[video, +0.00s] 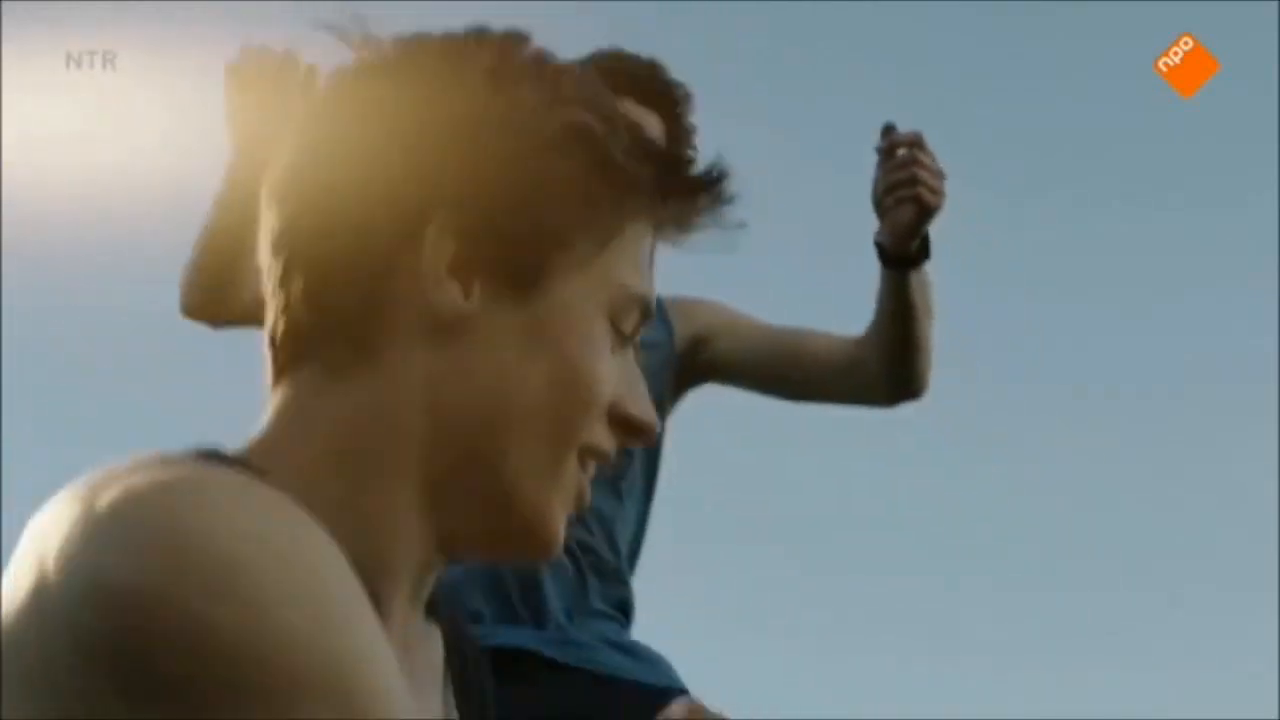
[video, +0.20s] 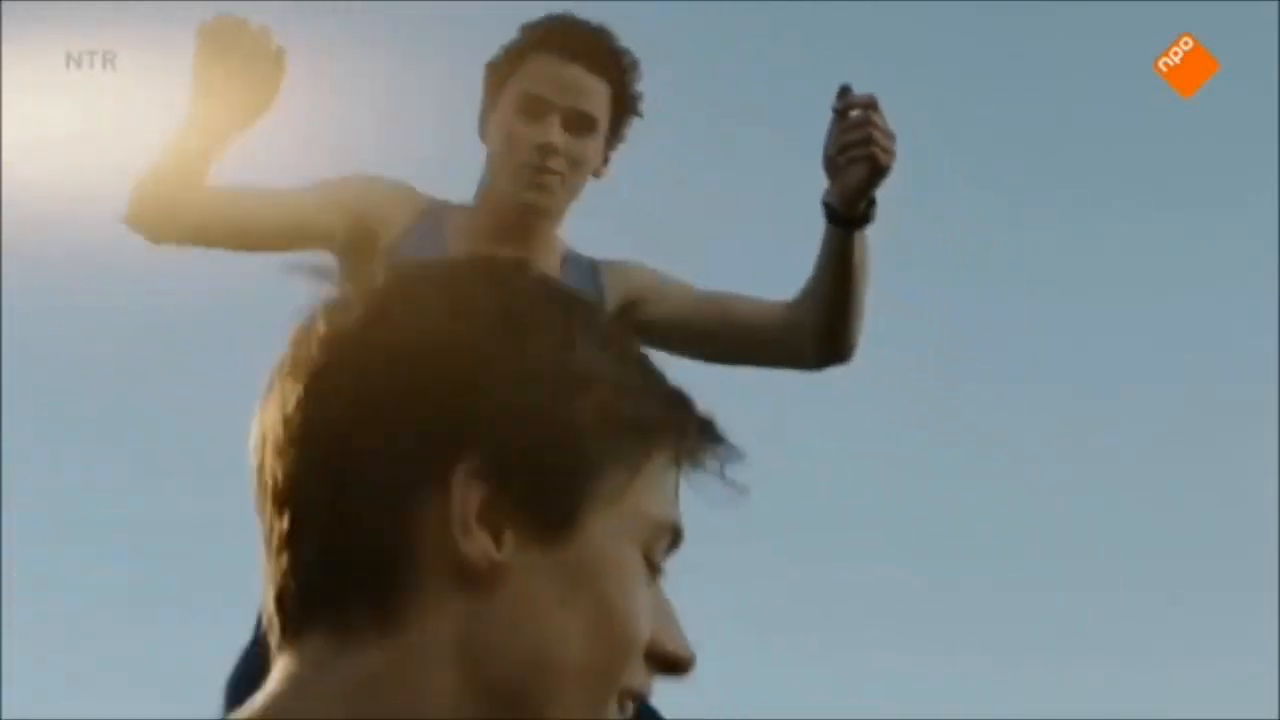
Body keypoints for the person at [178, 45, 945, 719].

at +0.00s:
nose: (622, 192)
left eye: (640, 169)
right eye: (597, 156)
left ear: (663, 190)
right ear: (532, 154)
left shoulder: (671, 325)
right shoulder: (461, 266)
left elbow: (889, 376)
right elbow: (214, 300)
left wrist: (902, 262)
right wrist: (261, 148)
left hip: (586, 646)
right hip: (421, 623)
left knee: (689, 709)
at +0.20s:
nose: (555, 140)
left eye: (581, 127)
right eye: (535, 111)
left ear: (605, 162)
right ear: (487, 115)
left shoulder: (613, 295)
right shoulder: (381, 220)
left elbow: (819, 336)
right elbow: (160, 214)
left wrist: (847, 218)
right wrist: (212, 118)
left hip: (514, 638)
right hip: (338, 597)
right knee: (259, 707)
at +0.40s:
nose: (506, 141)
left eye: (532, 130)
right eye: (488, 110)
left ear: (552, 163)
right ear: (436, 112)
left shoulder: (544, 299)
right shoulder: (323, 204)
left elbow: (747, 346)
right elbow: (104, 178)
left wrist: (800, 227)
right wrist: (144, 111)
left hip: (402, 612)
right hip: (245, 586)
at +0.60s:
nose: (446, 177)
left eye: (474, 169)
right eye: (432, 144)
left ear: (489, 202)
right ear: (378, 139)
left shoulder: (478, 338)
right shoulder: (261, 227)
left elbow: (674, 402)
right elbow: (43, 183)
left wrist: (771, 298)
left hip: (318, 661)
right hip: (151, 619)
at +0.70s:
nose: (423, 204)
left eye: (451, 193)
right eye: (406, 170)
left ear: (467, 227)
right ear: (352, 163)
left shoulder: (455, 367)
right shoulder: (239, 246)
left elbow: (632, 440)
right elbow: (29, 202)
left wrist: (758, 347)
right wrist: (19, 236)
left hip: (275, 683)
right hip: (115, 643)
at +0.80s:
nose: (380, 253)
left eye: (408, 242)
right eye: (362, 220)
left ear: (425, 276)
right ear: (312, 218)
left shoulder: (410, 424)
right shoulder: (193, 294)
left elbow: (567, 501)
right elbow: (11, 256)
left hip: (211, 707)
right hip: (60, 669)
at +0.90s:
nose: (354, 296)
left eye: (382, 285)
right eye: (335, 265)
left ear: (398, 319)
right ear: (282, 267)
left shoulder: (380, 470)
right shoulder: (162, 338)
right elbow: (9, 295)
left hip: (183, 707)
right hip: (29, 685)